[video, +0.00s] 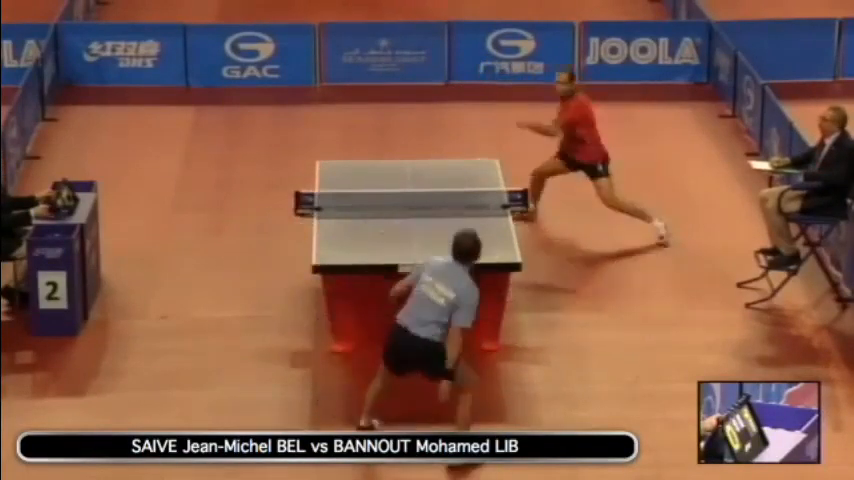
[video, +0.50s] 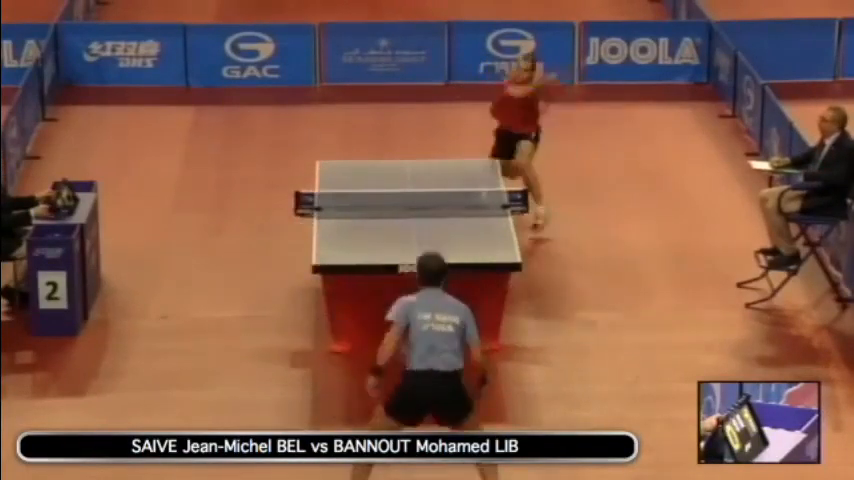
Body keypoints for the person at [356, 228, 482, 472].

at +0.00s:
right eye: (476, 251)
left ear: (452, 249)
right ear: (476, 257)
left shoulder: (432, 264)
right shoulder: (468, 290)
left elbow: (397, 290)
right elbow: (455, 333)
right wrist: (448, 374)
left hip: (400, 336)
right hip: (429, 346)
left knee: (382, 376)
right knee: (467, 382)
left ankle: (364, 419)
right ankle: (462, 447)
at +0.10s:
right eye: (476, 253)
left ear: (452, 251)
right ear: (477, 258)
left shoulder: (432, 269)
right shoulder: (474, 291)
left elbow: (401, 299)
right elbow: (456, 330)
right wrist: (441, 371)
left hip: (408, 343)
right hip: (438, 351)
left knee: (382, 384)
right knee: (471, 387)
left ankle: (358, 433)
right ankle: (462, 449)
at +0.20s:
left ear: (441, 247)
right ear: (466, 252)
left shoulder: (422, 268)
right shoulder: (470, 284)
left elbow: (384, 285)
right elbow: (460, 323)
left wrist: (411, 290)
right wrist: (460, 362)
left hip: (412, 348)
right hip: (443, 354)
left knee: (389, 395)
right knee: (460, 399)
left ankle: (384, 456)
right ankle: (462, 454)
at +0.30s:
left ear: (432, 247)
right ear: (458, 250)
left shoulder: (414, 267)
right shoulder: (465, 282)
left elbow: (378, 279)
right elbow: (472, 331)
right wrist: (478, 359)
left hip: (411, 351)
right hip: (446, 354)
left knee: (394, 403)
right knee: (461, 403)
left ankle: (387, 467)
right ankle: (466, 464)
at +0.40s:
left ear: (424, 258)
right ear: (450, 259)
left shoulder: (407, 283)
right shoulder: (465, 291)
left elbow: (378, 308)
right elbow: (482, 337)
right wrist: (490, 356)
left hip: (413, 364)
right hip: (448, 366)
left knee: (384, 412)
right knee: (468, 412)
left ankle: (369, 469)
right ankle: (478, 468)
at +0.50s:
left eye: (419, 272)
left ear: (418, 276)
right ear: (445, 276)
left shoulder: (407, 304)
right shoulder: (461, 309)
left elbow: (391, 341)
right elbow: (476, 355)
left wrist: (377, 371)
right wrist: (485, 374)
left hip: (414, 385)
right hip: (450, 386)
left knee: (373, 436)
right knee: (476, 439)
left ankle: (358, 477)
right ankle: (492, 478)